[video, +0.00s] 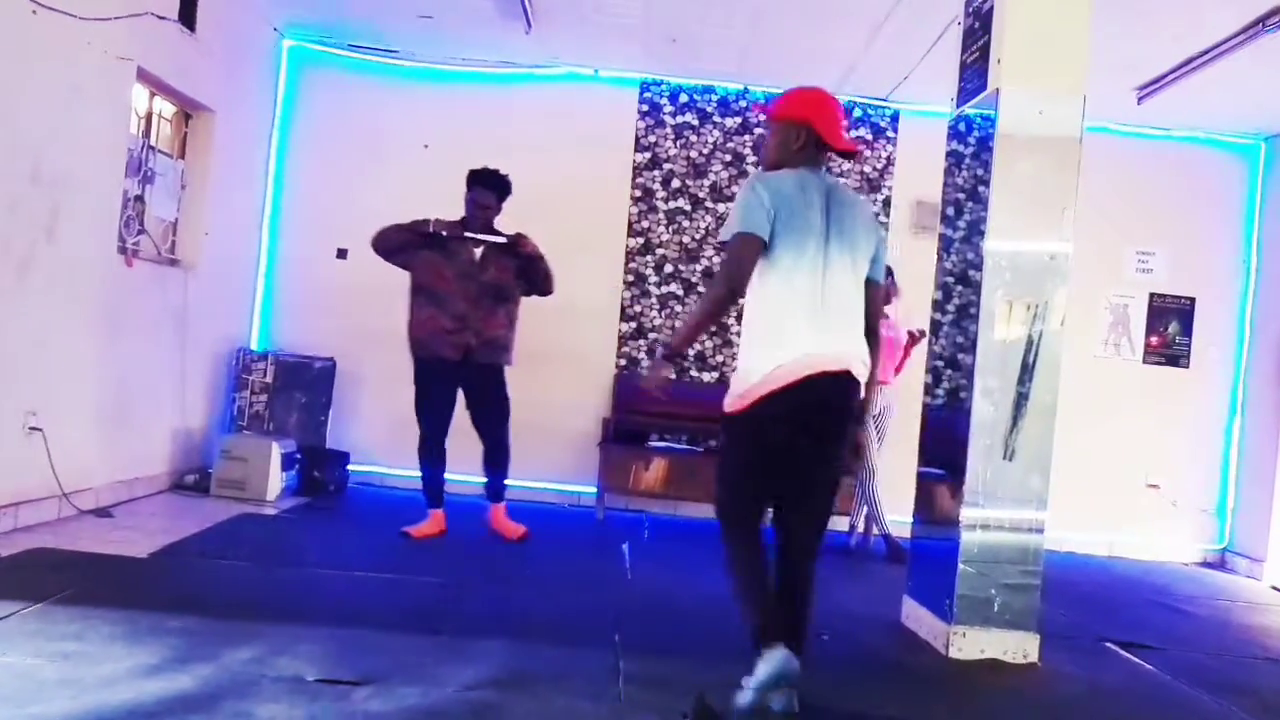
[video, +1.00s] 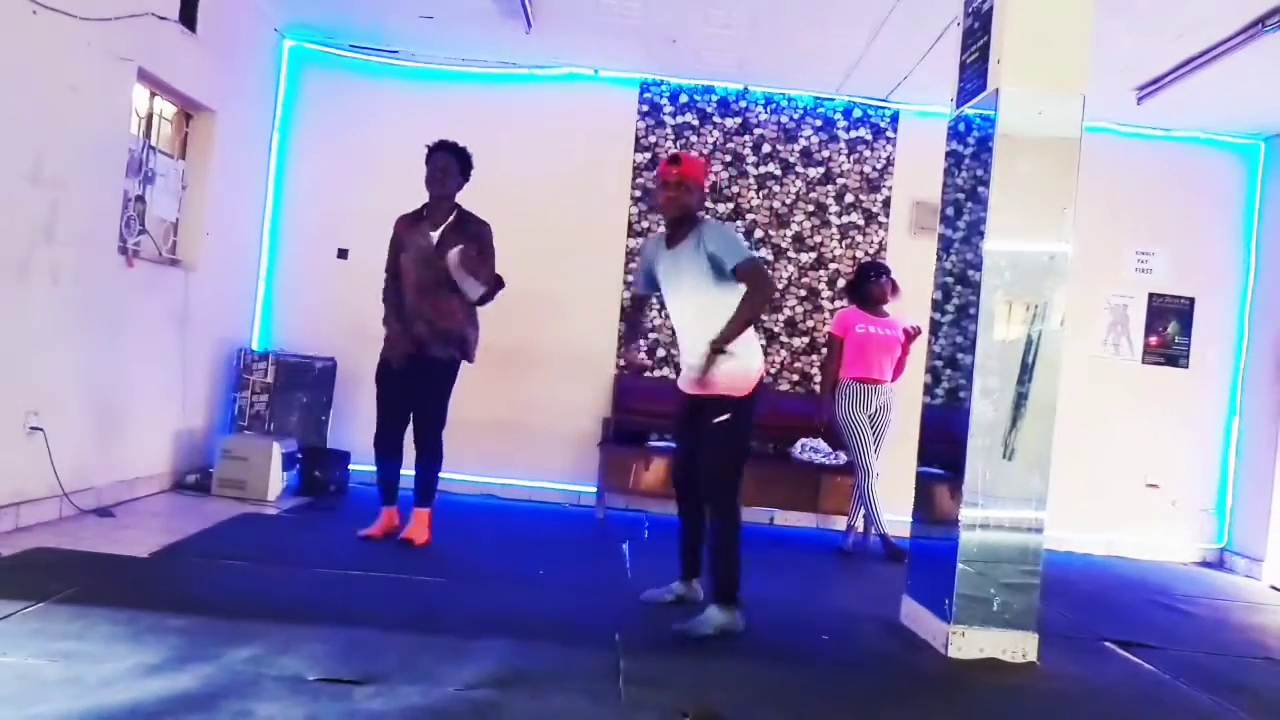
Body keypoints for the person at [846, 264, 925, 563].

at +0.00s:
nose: (888, 293)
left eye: (890, 287)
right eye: (884, 286)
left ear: (892, 291)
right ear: (872, 290)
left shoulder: (894, 324)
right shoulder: (862, 321)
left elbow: (893, 370)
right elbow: (857, 358)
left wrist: (909, 347)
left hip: (886, 394)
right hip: (861, 394)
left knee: (869, 466)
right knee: (870, 466)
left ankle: (854, 534)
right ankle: (886, 535)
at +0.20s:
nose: (899, 286)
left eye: (897, 280)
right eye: (892, 281)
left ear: (887, 286)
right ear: (876, 286)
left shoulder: (896, 324)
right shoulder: (856, 317)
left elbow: (899, 371)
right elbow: (847, 346)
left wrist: (914, 344)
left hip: (890, 392)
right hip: (860, 392)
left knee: (875, 467)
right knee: (871, 466)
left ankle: (860, 533)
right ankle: (890, 537)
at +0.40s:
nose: (897, 287)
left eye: (895, 280)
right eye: (890, 281)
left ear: (889, 285)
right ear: (874, 286)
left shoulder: (894, 324)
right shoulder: (852, 316)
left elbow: (899, 371)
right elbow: (837, 362)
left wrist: (913, 345)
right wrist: (834, 401)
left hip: (888, 392)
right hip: (859, 391)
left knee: (874, 466)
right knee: (869, 464)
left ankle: (859, 531)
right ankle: (889, 536)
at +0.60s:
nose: (895, 287)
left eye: (894, 281)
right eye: (888, 281)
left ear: (888, 286)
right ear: (872, 286)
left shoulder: (895, 325)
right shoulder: (850, 317)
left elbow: (897, 372)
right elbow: (836, 363)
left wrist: (911, 346)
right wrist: (832, 401)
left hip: (886, 391)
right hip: (856, 389)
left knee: (872, 466)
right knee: (868, 464)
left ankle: (857, 531)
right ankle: (885, 535)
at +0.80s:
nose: (892, 285)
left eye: (891, 280)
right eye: (885, 280)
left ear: (888, 287)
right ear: (869, 285)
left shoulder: (895, 326)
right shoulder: (847, 317)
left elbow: (895, 373)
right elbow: (833, 364)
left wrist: (908, 346)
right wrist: (827, 403)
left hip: (884, 396)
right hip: (852, 393)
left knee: (869, 467)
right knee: (867, 465)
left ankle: (850, 532)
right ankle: (885, 537)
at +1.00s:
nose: (889, 286)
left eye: (889, 281)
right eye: (882, 280)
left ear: (889, 287)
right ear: (866, 286)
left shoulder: (895, 326)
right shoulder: (846, 317)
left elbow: (894, 374)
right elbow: (832, 364)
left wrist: (906, 346)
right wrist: (826, 405)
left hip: (882, 397)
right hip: (851, 393)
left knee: (868, 466)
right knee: (866, 464)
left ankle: (850, 533)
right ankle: (885, 536)